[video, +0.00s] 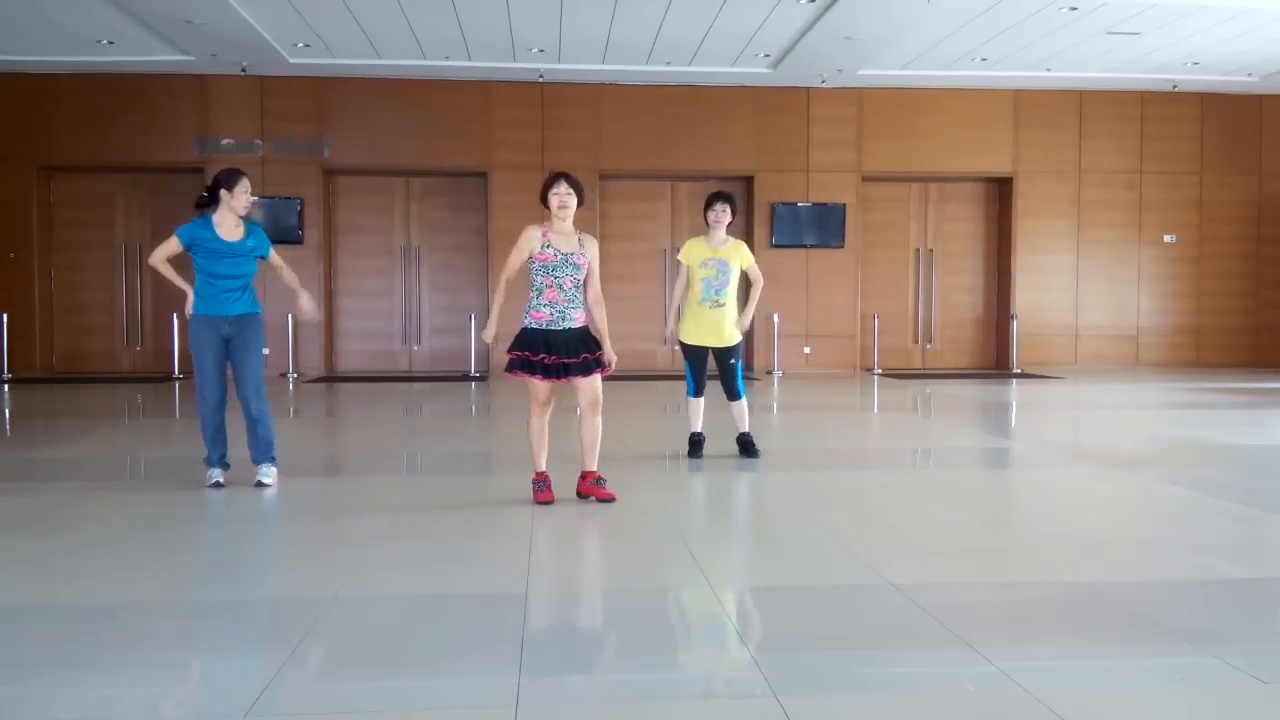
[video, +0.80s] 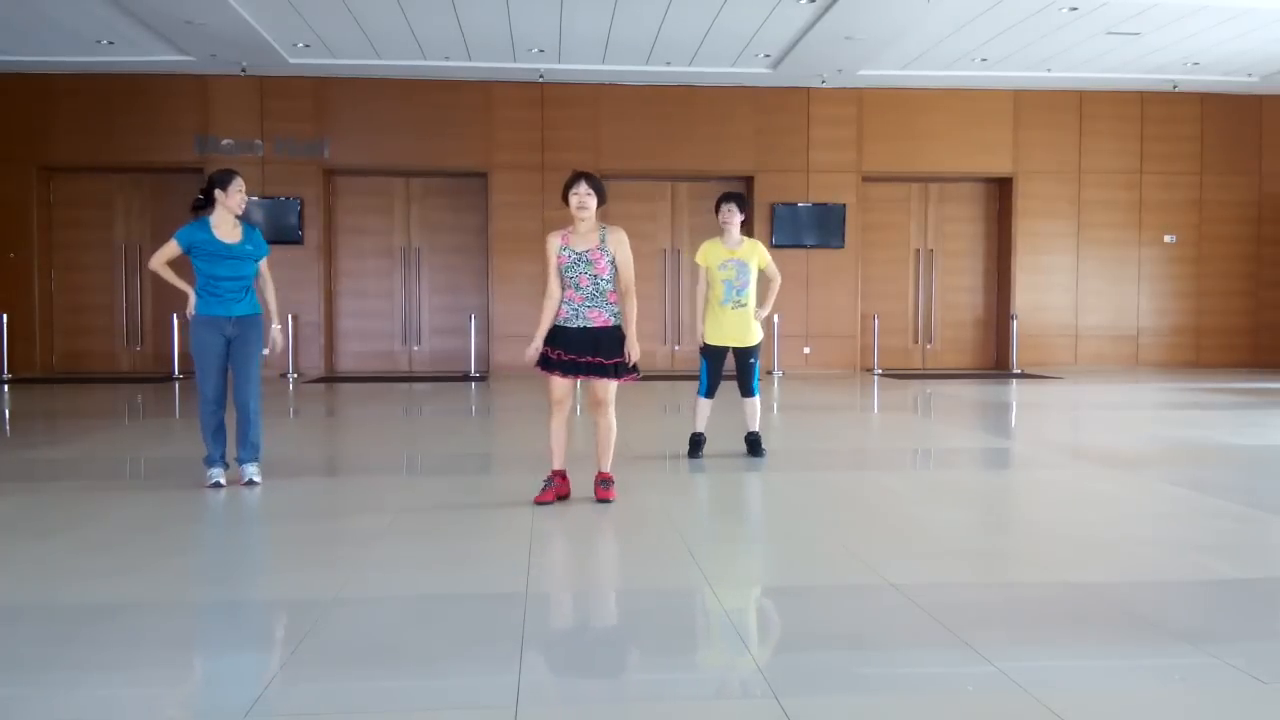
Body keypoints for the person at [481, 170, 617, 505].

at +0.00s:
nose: (562, 199)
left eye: (568, 194)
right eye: (556, 194)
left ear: (578, 200)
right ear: (546, 200)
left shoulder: (588, 244)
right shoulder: (533, 236)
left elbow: (595, 298)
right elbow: (504, 278)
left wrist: (606, 343)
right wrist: (493, 323)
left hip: (578, 334)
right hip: (540, 334)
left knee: (593, 401)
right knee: (541, 403)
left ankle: (590, 476)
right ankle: (541, 476)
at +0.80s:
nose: (582, 199)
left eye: (588, 194)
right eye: (575, 194)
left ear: (599, 200)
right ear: (567, 201)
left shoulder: (616, 237)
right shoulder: (556, 240)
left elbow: (628, 290)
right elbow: (553, 293)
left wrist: (631, 335)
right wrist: (539, 337)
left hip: (606, 334)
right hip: (564, 333)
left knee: (603, 405)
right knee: (559, 403)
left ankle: (604, 476)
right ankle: (557, 476)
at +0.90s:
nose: (583, 200)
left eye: (589, 195)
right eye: (577, 195)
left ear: (600, 201)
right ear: (568, 201)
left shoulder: (617, 238)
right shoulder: (557, 241)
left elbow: (629, 290)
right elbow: (555, 293)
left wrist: (634, 337)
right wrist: (545, 340)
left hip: (609, 334)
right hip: (567, 334)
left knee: (606, 405)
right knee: (562, 405)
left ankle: (605, 476)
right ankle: (559, 475)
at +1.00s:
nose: (584, 201)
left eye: (591, 196)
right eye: (578, 196)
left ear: (601, 201)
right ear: (569, 202)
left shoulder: (618, 240)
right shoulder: (557, 242)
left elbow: (629, 293)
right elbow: (553, 295)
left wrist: (636, 339)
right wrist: (548, 341)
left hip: (611, 335)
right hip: (569, 335)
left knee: (607, 406)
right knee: (569, 409)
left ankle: (605, 476)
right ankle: (557, 474)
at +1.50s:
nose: (575, 200)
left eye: (581, 195)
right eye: (568, 195)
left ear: (590, 201)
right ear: (558, 201)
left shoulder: (598, 243)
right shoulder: (545, 237)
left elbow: (609, 297)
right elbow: (508, 269)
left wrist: (624, 343)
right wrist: (536, 301)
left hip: (596, 333)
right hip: (559, 335)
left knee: (598, 405)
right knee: (565, 406)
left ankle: (596, 476)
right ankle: (549, 477)